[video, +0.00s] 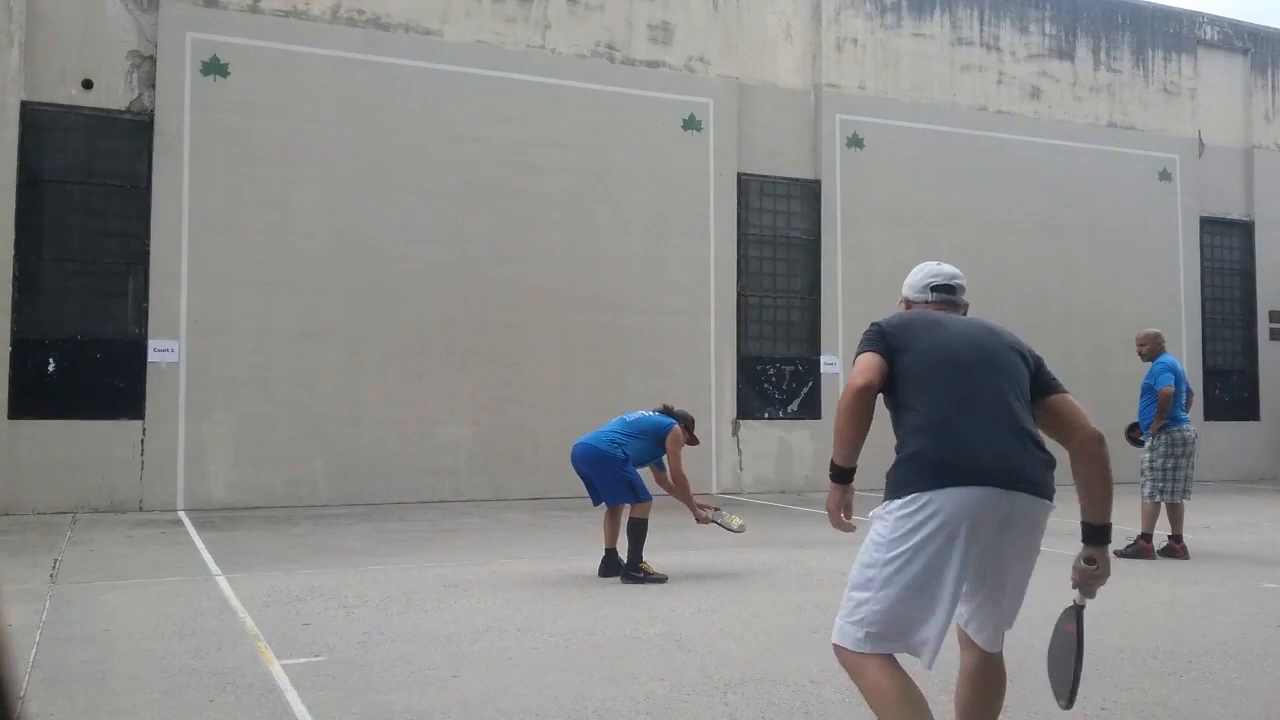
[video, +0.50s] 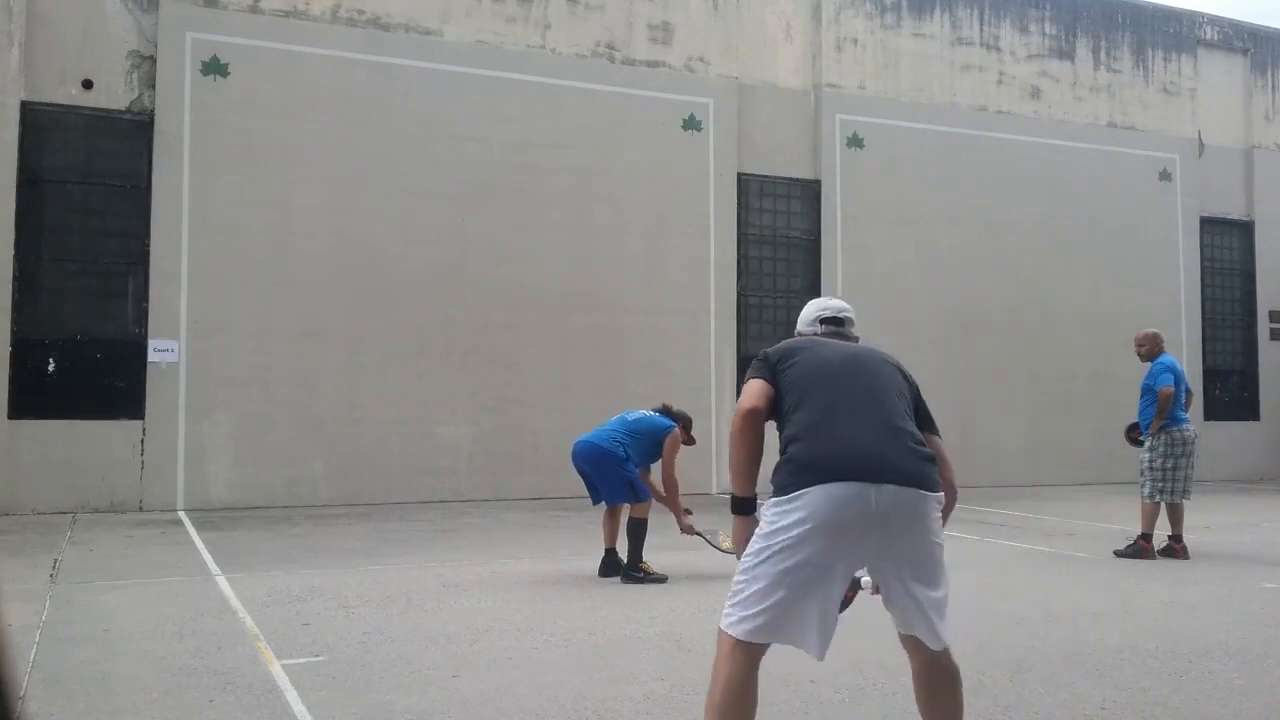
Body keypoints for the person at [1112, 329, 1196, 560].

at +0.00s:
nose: (1138, 350)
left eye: (1143, 345)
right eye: (1137, 346)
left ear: (1159, 345)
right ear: (1160, 346)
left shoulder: (1161, 365)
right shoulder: (1173, 364)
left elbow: (1166, 392)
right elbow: (1189, 393)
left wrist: (1157, 421)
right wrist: (1179, 419)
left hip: (1164, 435)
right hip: (1181, 432)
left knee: (1151, 489)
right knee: (1174, 491)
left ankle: (1144, 542)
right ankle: (1176, 543)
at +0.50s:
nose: (1137, 351)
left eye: (1141, 346)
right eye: (1136, 347)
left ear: (1158, 345)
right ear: (1159, 347)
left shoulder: (1160, 365)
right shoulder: (1172, 363)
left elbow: (1167, 392)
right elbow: (1188, 394)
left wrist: (1157, 422)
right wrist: (1177, 419)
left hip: (1164, 435)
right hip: (1181, 432)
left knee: (1151, 489)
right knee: (1173, 491)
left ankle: (1144, 543)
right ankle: (1176, 543)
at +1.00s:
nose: (1138, 351)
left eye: (1142, 346)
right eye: (1137, 346)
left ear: (1159, 345)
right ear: (1160, 347)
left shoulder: (1160, 365)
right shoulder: (1173, 363)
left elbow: (1166, 392)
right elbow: (1189, 393)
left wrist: (1156, 422)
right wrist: (1177, 419)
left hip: (1164, 435)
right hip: (1181, 432)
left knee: (1151, 489)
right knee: (1173, 491)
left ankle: (1144, 543)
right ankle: (1176, 543)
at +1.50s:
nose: (1136, 351)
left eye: (1140, 346)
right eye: (1135, 347)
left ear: (1157, 345)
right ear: (1158, 347)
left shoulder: (1160, 365)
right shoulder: (1172, 363)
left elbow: (1166, 392)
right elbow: (1188, 393)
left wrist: (1156, 422)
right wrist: (1177, 419)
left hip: (1163, 435)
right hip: (1181, 432)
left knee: (1150, 489)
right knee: (1173, 491)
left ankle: (1144, 543)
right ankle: (1176, 543)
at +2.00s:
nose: (1122, 349)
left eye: (1126, 344)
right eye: (1122, 345)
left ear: (1139, 345)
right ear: (1143, 346)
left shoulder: (1148, 365)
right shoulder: (1160, 363)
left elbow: (1156, 391)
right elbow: (1178, 392)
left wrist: (1147, 425)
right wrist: (1167, 418)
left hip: (1157, 433)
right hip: (1174, 431)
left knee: (1140, 486)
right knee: (1169, 488)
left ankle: (1141, 541)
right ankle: (1176, 542)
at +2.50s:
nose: (1117, 346)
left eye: (1121, 342)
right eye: (1112, 342)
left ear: (1130, 342)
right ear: (1107, 345)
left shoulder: (1140, 364)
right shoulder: (1108, 368)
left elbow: (1148, 395)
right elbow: (1110, 405)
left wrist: (1117, 410)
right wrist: (1109, 433)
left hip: (1146, 433)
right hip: (1129, 436)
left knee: (1136, 489)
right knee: (1145, 489)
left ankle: (1134, 546)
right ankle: (1155, 542)